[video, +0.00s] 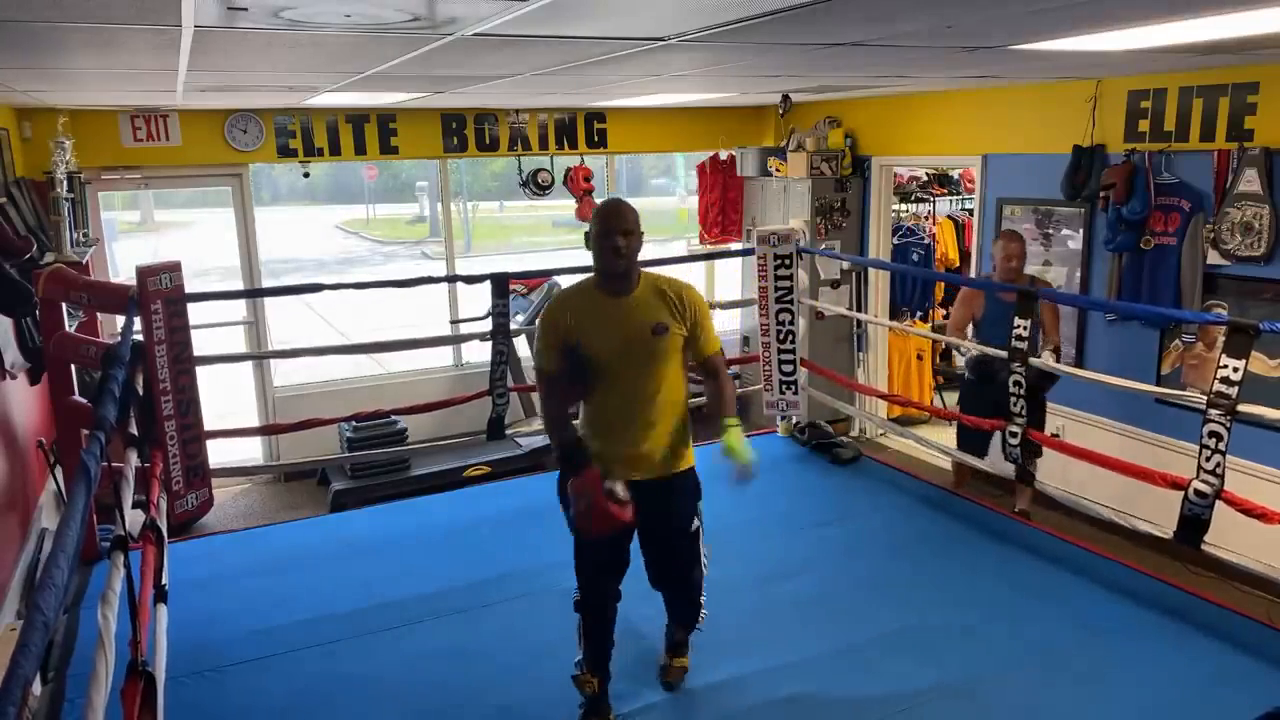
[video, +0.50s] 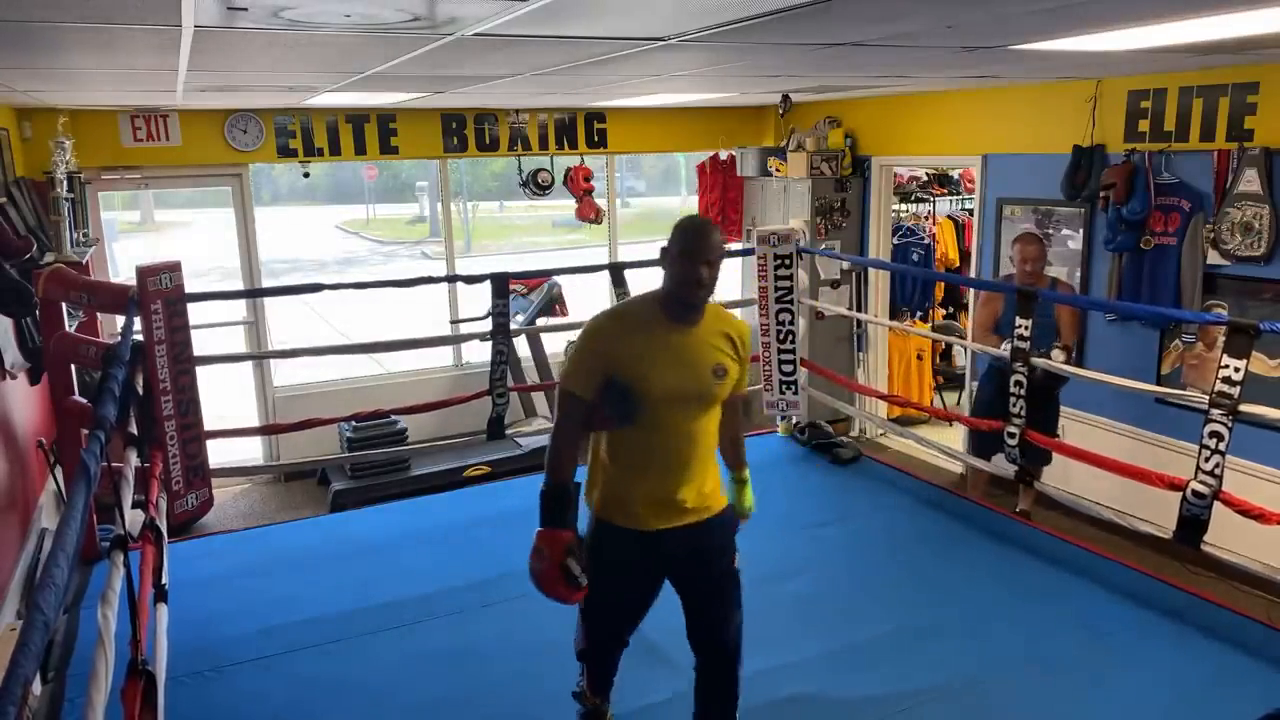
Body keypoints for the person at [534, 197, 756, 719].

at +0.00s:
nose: (618, 244)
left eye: (627, 234)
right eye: (607, 235)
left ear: (642, 239)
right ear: (589, 241)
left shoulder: (681, 300)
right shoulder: (562, 314)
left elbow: (717, 371)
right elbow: (552, 406)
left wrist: (731, 429)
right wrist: (580, 470)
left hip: (670, 475)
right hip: (598, 479)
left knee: (683, 582)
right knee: (597, 594)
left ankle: (679, 640)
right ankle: (596, 694)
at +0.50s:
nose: (703, 275)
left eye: (713, 263)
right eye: (691, 261)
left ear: (723, 267)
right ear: (665, 257)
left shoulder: (731, 334)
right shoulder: (608, 333)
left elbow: (730, 414)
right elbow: (567, 430)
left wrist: (741, 484)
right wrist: (556, 524)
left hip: (703, 523)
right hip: (623, 528)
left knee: (721, 654)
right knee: (603, 638)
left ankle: (716, 719)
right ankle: (595, 702)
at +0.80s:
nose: (762, 270)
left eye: (773, 259)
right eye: (751, 256)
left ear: (780, 264)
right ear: (717, 249)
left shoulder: (778, 339)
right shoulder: (646, 328)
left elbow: (778, 432)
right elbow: (594, 432)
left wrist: (777, 508)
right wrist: (589, 521)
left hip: (731, 533)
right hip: (654, 536)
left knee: (725, 679)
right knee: (664, 689)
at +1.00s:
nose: (789, 307)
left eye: (797, 294)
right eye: (783, 292)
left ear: (800, 288)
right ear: (748, 275)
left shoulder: (797, 353)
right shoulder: (659, 344)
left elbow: (802, 464)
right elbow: (612, 455)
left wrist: (758, 525)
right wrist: (671, 497)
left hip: (755, 563)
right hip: (683, 567)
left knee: (733, 697)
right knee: (704, 709)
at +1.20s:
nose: (792, 331)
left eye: (802, 318)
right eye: (783, 319)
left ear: (808, 304)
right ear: (744, 296)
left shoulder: (809, 352)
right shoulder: (664, 367)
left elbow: (827, 467)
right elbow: (627, 498)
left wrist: (797, 529)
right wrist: (701, 497)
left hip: (792, 589)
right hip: (707, 599)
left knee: (795, 709)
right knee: (716, 712)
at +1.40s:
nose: (806, 346)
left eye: (818, 332)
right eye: (794, 333)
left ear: (828, 312)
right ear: (758, 298)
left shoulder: (829, 358)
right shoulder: (678, 378)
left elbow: (854, 468)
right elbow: (641, 515)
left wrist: (874, 560)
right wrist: (690, 556)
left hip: (824, 607)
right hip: (729, 627)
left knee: (868, 712)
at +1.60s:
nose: (886, 349)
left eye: (894, 332)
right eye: (876, 330)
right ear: (833, 309)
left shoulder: (882, 378)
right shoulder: (724, 387)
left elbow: (880, 483)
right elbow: (669, 511)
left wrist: (945, 576)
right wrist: (671, 619)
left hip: (859, 639)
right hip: (753, 653)